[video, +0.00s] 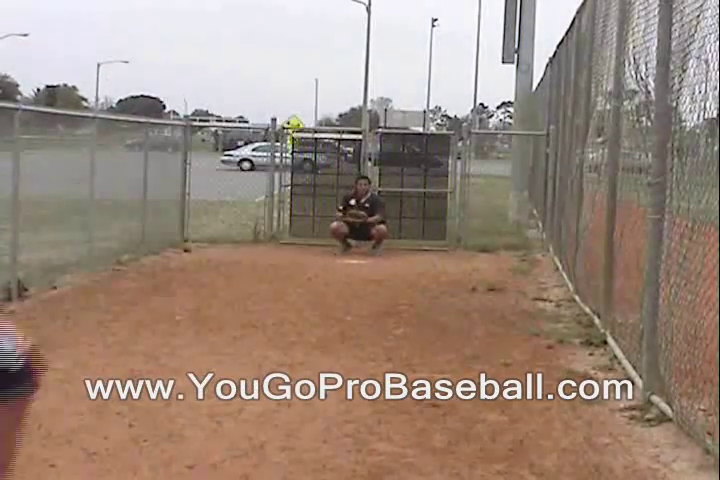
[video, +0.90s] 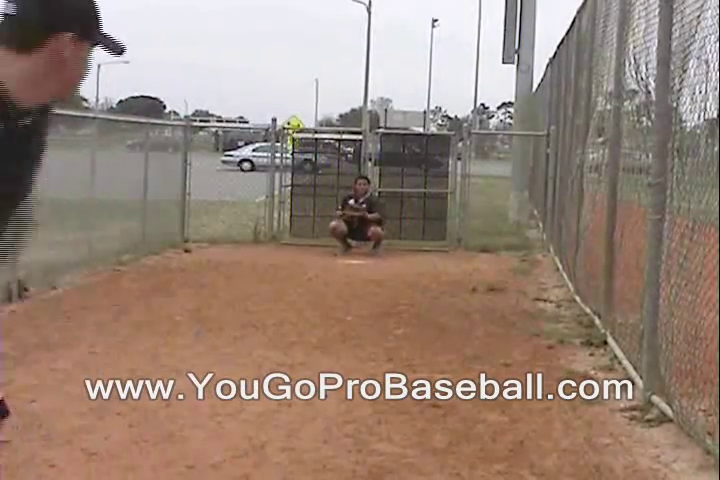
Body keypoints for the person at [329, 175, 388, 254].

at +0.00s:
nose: (362, 188)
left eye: (365, 185)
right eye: (360, 185)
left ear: (369, 187)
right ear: (355, 186)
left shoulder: (375, 200)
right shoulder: (348, 198)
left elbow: (380, 216)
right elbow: (339, 214)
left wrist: (366, 220)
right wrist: (349, 219)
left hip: (367, 227)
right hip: (351, 226)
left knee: (381, 229)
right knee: (335, 227)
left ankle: (376, 245)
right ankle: (345, 245)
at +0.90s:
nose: (362, 187)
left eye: (364, 184)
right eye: (359, 184)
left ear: (368, 187)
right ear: (355, 186)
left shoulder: (373, 200)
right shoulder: (348, 199)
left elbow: (379, 215)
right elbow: (340, 212)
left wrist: (366, 216)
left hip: (365, 227)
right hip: (350, 226)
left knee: (377, 231)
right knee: (334, 226)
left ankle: (376, 245)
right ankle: (346, 245)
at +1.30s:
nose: (361, 187)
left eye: (364, 184)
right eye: (358, 184)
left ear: (368, 187)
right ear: (354, 187)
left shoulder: (374, 199)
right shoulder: (348, 198)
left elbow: (378, 218)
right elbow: (336, 214)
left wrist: (366, 206)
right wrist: (350, 207)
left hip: (366, 228)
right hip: (350, 227)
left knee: (377, 230)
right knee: (334, 225)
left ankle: (376, 246)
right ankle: (346, 245)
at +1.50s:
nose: (358, 191)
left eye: (361, 188)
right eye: (356, 188)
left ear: (365, 190)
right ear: (352, 190)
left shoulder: (369, 201)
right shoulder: (347, 202)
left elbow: (375, 209)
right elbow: (336, 214)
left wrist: (366, 211)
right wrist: (348, 215)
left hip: (367, 230)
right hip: (350, 229)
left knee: (379, 228)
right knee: (336, 226)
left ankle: (377, 246)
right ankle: (346, 245)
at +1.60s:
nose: (356, 193)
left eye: (358, 190)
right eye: (354, 190)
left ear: (363, 191)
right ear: (351, 191)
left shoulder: (369, 201)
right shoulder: (347, 201)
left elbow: (372, 211)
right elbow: (333, 213)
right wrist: (348, 215)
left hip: (365, 227)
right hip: (351, 226)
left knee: (380, 227)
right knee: (336, 224)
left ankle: (379, 246)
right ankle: (346, 245)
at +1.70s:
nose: (356, 192)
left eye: (358, 190)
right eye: (354, 190)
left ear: (363, 191)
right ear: (350, 191)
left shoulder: (370, 202)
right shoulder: (346, 201)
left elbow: (369, 221)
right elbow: (333, 213)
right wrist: (346, 213)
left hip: (368, 226)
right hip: (353, 226)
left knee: (383, 226)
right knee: (337, 224)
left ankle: (381, 247)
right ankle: (346, 246)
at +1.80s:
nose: (356, 193)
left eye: (358, 190)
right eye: (353, 190)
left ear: (362, 191)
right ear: (349, 191)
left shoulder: (369, 201)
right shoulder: (345, 200)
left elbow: (370, 223)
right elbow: (334, 211)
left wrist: (361, 240)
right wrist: (343, 215)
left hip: (368, 222)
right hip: (353, 222)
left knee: (383, 226)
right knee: (340, 222)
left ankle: (381, 247)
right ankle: (344, 246)